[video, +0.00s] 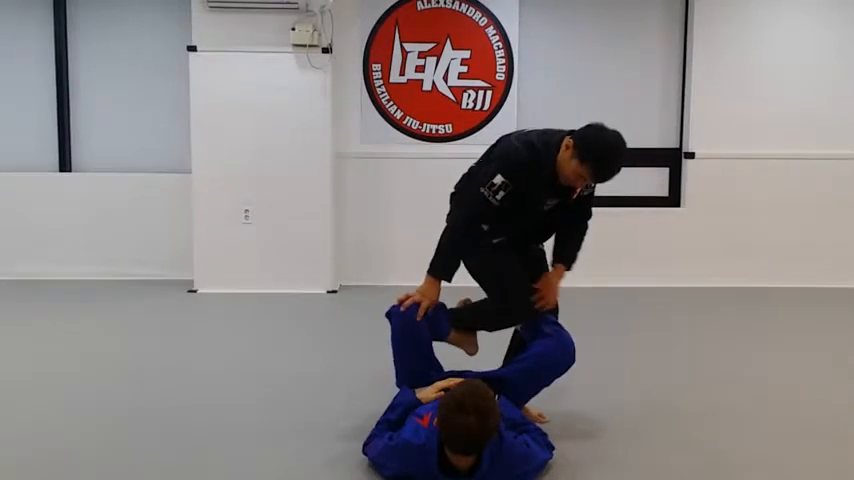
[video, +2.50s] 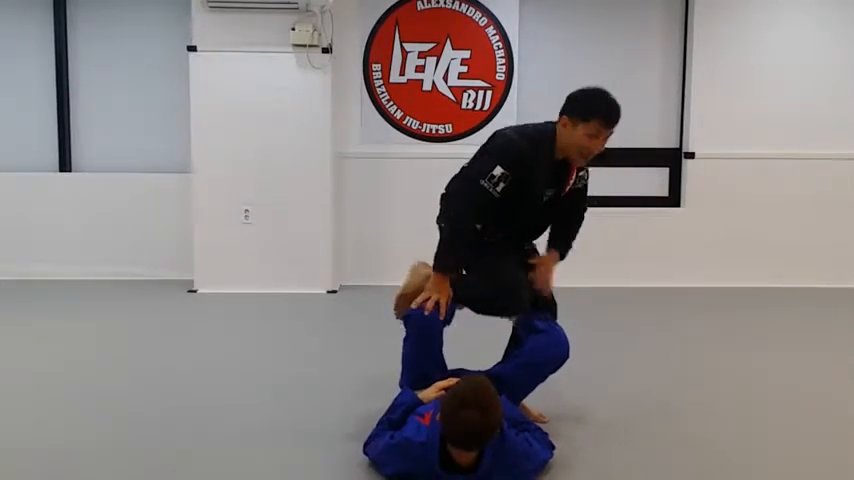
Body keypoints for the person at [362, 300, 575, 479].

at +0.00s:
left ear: (438, 426)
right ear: (496, 426)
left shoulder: (407, 452)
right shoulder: (514, 456)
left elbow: (373, 444)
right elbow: (541, 444)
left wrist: (412, 397)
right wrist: (509, 405)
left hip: (428, 392)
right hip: (496, 395)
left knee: (404, 313)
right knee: (562, 348)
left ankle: (453, 330)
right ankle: (528, 306)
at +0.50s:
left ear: (437, 424)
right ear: (496, 426)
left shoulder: (406, 453)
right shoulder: (515, 457)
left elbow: (374, 443)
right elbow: (540, 442)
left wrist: (413, 397)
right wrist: (509, 405)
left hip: (428, 392)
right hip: (498, 394)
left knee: (404, 318)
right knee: (558, 342)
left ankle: (451, 327)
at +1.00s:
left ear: (437, 422)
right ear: (495, 424)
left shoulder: (405, 454)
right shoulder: (516, 457)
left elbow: (373, 444)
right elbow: (540, 441)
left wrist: (413, 397)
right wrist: (505, 404)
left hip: (425, 394)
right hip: (494, 396)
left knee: (396, 317)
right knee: (551, 335)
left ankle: (442, 340)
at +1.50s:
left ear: (438, 423)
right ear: (496, 426)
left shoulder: (405, 453)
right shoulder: (516, 456)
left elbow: (374, 443)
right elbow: (540, 441)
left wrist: (414, 396)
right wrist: (505, 403)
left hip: (426, 393)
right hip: (496, 395)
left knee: (409, 314)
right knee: (556, 340)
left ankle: (448, 338)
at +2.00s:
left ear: (439, 418)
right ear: (498, 423)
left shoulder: (409, 452)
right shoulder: (516, 456)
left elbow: (375, 443)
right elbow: (540, 440)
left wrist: (414, 397)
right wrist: (512, 407)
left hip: (428, 395)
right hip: (496, 395)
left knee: (421, 312)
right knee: (555, 344)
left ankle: (430, 287)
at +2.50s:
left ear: (440, 417)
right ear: (499, 423)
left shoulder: (409, 451)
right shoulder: (516, 455)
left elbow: (375, 443)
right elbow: (539, 441)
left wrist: (416, 398)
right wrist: (513, 407)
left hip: (429, 394)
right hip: (498, 397)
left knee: (426, 318)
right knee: (554, 346)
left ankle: (422, 297)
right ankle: (539, 291)